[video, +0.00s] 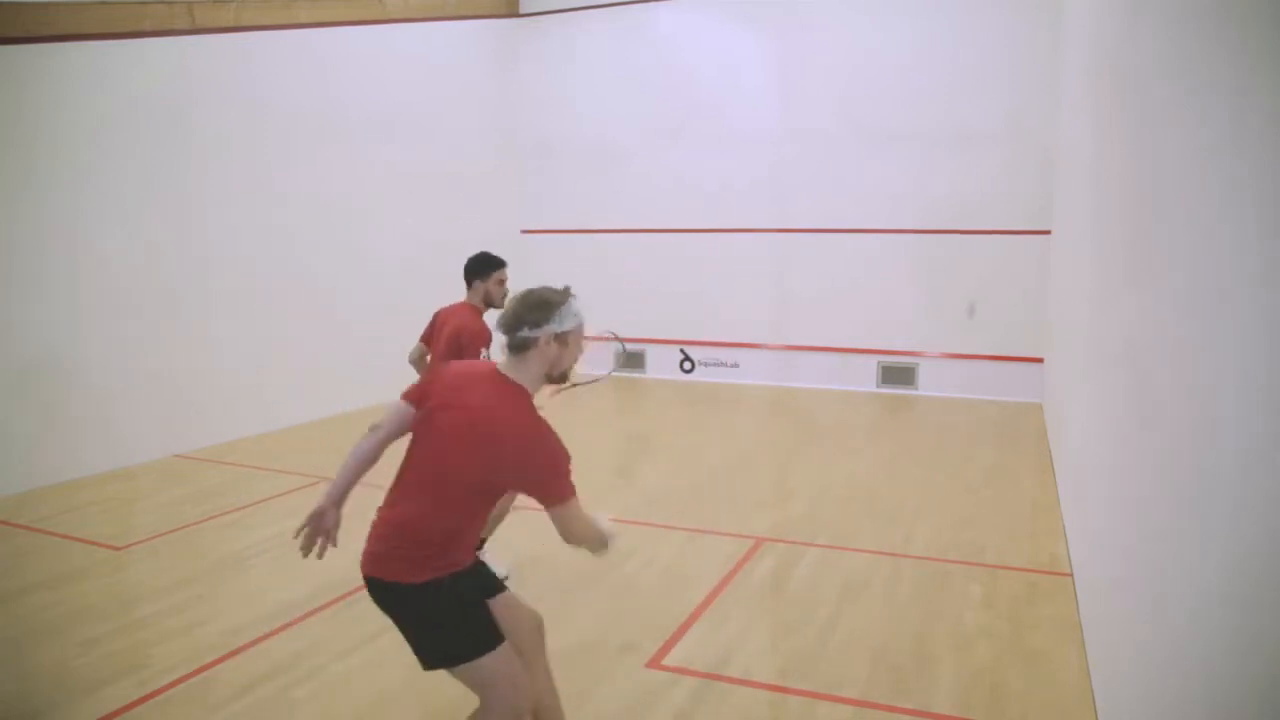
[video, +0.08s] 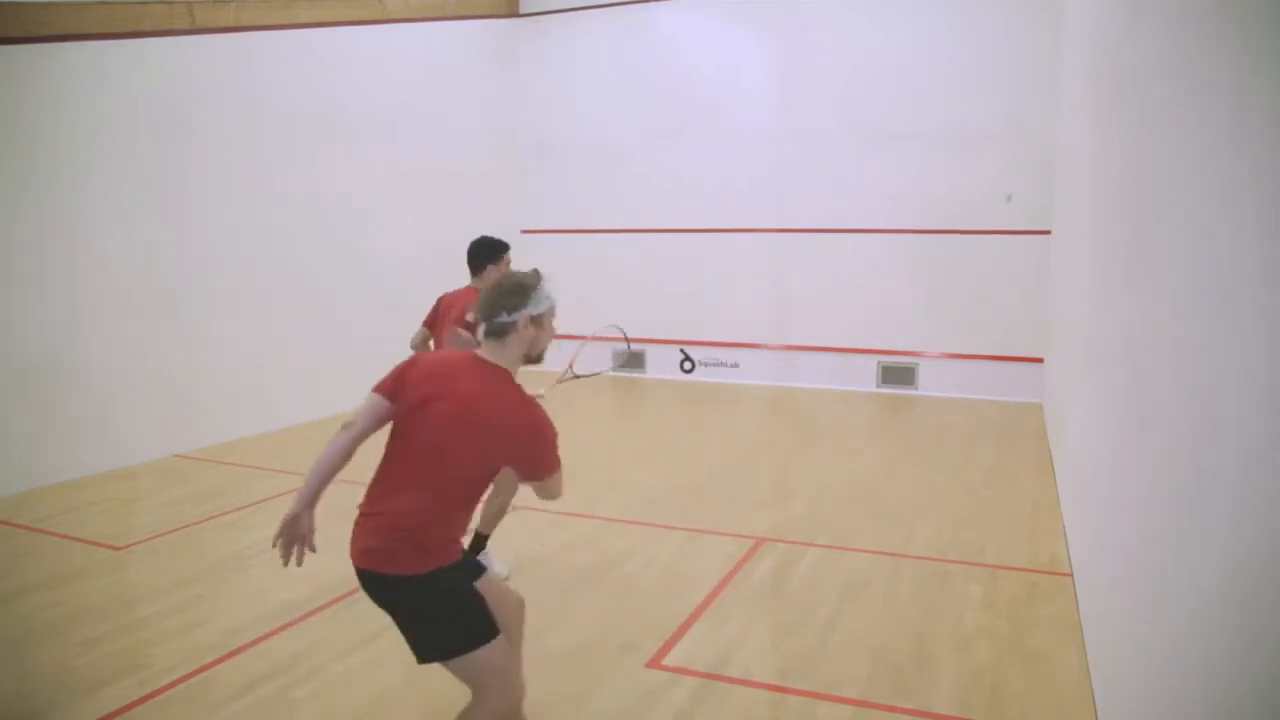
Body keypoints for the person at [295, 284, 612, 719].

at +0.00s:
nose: (580, 351)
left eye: (581, 341)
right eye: (578, 340)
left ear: (515, 337)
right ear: (549, 343)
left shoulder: (452, 374)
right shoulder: (534, 437)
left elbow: (381, 432)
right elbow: (574, 529)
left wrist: (332, 501)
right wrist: (599, 534)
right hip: (415, 575)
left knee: (527, 628)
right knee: (511, 697)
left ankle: (547, 714)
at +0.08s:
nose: (553, 333)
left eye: (553, 322)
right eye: (550, 321)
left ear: (488, 319)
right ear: (527, 325)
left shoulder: (424, 367)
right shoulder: (523, 416)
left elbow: (353, 431)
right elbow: (550, 488)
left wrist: (303, 503)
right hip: (414, 565)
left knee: (508, 609)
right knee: (502, 696)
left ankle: (505, 708)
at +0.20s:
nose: (508, 308)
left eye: (507, 297)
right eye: (504, 297)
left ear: (444, 305)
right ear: (486, 305)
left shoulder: (389, 356)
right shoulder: (501, 385)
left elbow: (328, 425)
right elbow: (483, 451)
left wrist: (276, 499)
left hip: (360, 536)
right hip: (415, 544)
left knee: (434, 627)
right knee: (475, 682)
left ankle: (409, 706)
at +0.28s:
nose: (479, 289)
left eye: (476, 280)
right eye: (475, 281)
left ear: (423, 289)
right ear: (461, 290)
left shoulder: (372, 345)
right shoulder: (483, 367)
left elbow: (320, 416)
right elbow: (474, 420)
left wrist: (272, 489)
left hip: (349, 516)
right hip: (403, 528)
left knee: (404, 610)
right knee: (444, 664)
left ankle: (345, 706)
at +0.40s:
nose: (448, 269)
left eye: (445, 260)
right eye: (443, 262)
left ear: (391, 273)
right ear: (429, 272)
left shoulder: (348, 330)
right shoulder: (455, 347)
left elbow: (304, 404)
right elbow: (448, 394)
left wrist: (272, 476)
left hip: (339, 496)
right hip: (393, 504)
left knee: (381, 605)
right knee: (398, 638)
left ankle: (340, 710)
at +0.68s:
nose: (403, 247)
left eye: (400, 239)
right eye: (399, 240)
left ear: (350, 251)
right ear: (384, 248)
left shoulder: (315, 306)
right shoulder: (412, 313)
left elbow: (282, 379)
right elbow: (425, 379)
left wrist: (270, 445)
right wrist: (379, 364)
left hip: (321, 456)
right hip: (375, 463)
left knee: (346, 541)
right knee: (359, 580)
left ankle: (339, 630)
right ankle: (319, 701)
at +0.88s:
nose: (390, 263)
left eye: (388, 255)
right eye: (385, 256)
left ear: (340, 264)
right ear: (369, 262)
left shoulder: (305, 318)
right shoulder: (389, 326)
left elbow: (287, 393)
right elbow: (415, 406)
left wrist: (272, 455)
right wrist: (423, 433)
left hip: (315, 460)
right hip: (367, 465)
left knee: (335, 526)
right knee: (384, 558)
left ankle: (327, 624)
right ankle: (339, 645)